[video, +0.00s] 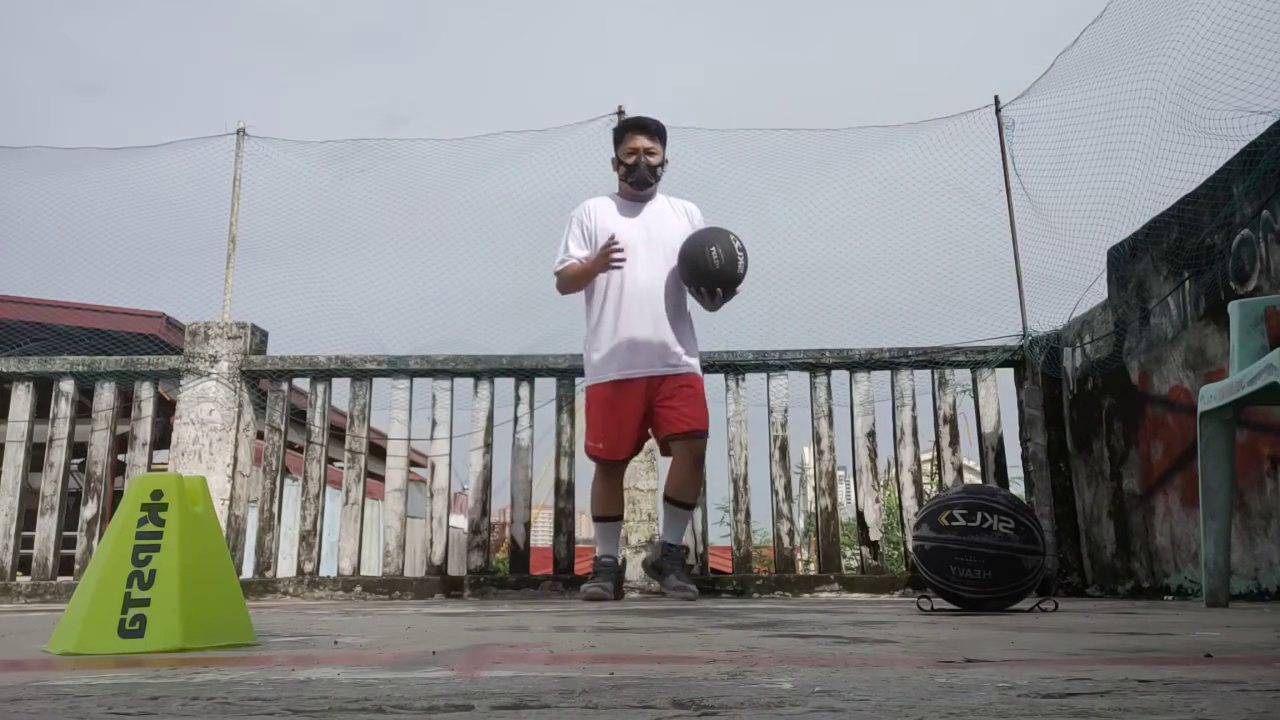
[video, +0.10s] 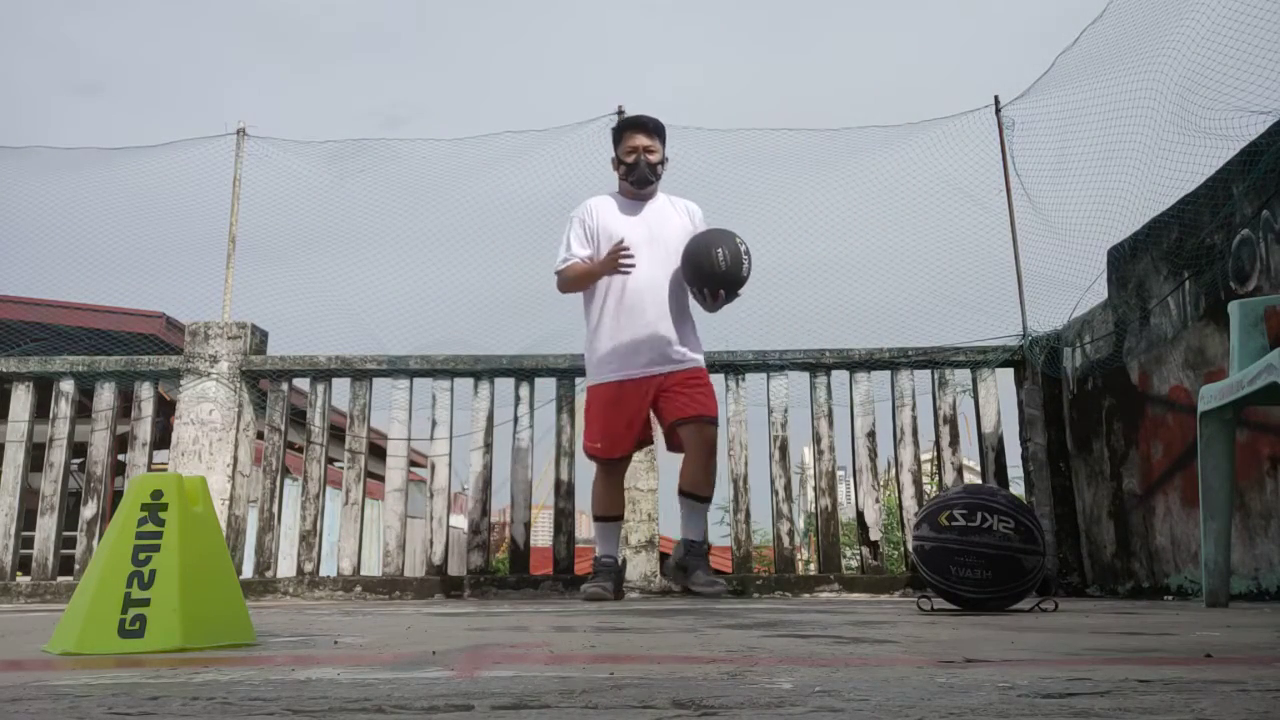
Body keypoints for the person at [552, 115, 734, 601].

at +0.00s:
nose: (641, 161)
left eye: (650, 154)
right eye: (631, 154)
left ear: (663, 160)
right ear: (616, 162)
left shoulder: (686, 214)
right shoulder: (592, 213)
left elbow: (706, 294)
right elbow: (563, 282)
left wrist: (718, 287)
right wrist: (593, 264)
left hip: (675, 359)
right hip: (612, 361)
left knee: (692, 444)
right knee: (610, 464)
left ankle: (669, 555)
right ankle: (606, 566)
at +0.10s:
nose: (641, 161)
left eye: (649, 153)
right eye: (631, 154)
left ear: (663, 158)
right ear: (616, 161)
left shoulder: (687, 213)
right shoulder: (593, 212)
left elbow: (707, 295)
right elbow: (564, 280)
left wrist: (718, 289)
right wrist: (598, 267)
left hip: (678, 358)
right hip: (613, 364)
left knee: (703, 437)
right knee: (611, 463)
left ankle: (691, 558)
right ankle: (606, 567)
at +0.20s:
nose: (645, 158)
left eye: (654, 149)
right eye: (636, 151)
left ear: (669, 156)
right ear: (621, 158)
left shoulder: (693, 211)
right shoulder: (598, 208)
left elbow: (713, 282)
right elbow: (569, 275)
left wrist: (722, 296)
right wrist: (609, 265)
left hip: (683, 356)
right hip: (618, 361)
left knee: (700, 444)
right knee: (614, 463)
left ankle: (722, 564)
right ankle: (606, 569)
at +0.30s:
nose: (657, 157)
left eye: (666, 149)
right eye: (647, 150)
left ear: (680, 155)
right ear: (632, 157)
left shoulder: (704, 212)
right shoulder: (608, 209)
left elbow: (724, 290)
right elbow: (577, 276)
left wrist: (734, 291)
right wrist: (616, 267)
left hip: (691, 358)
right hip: (626, 361)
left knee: (707, 456)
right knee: (619, 466)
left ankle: (733, 568)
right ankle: (607, 570)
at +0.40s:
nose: (673, 153)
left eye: (681, 145)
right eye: (662, 147)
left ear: (696, 150)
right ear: (648, 155)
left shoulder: (718, 209)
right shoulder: (624, 205)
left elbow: (737, 285)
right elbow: (595, 272)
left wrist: (746, 289)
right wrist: (622, 273)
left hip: (707, 357)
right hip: (640, 361)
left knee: (718, 454)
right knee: (627, 462)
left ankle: (734, 570)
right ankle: (607, 567)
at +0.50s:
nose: (688, 148)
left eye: (697, 140)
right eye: (678, 142)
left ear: (712, 148)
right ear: (664, 150)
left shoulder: (735, 208)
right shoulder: (638, 200)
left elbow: (753, 290)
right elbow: (612, 267)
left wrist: (758, 293)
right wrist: (629, 285)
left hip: (720, 353)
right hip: (654, 355)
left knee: (727, 454)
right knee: (633, 455)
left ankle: (735, 570)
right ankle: (609, 564)